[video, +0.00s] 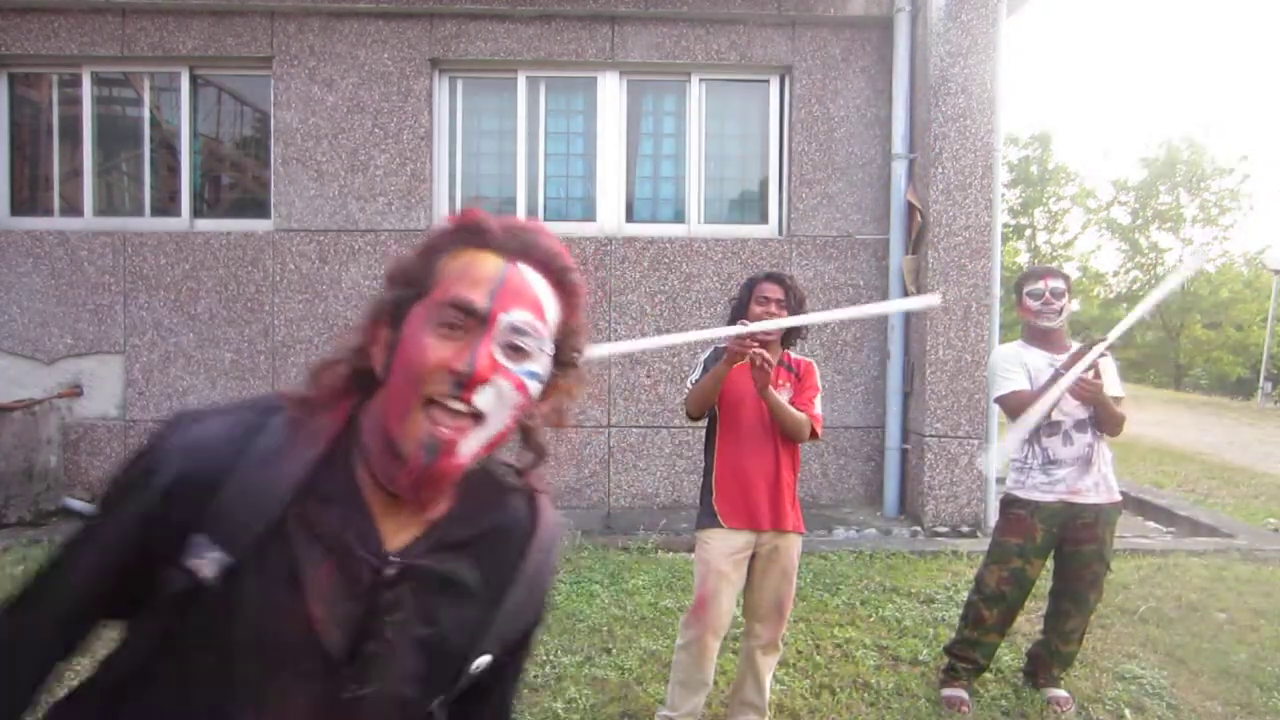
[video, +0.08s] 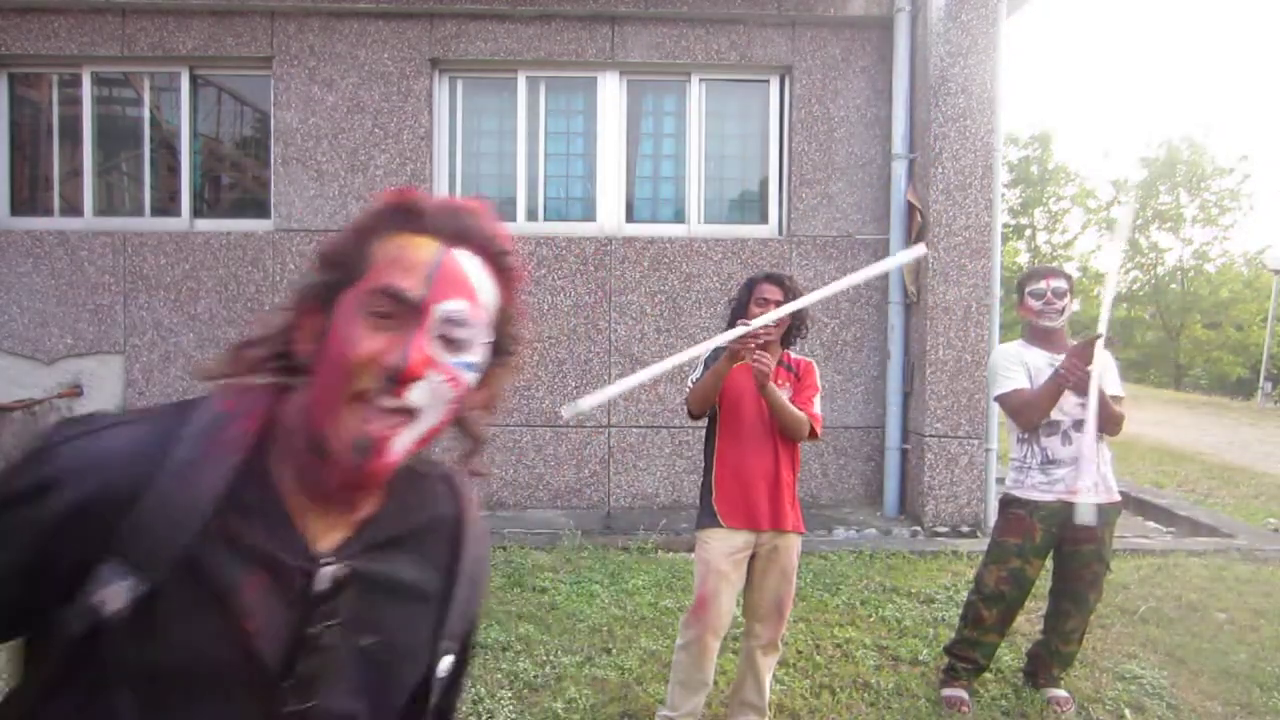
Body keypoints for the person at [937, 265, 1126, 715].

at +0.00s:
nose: (1048, 301)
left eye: (1057, 294)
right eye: (1036, 295)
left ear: (1071, 304)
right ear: (1020, 306)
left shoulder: (1095, 358)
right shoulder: (1009, 356)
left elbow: (1115, 427)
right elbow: (1021, 412)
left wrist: (1099, 400)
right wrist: (1071, 370)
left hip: (1095, 498)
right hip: (1033, 495)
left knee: (1079, 598)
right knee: (999, 587)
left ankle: (1046, 672)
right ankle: (958, 675)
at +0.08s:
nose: (1050, 301)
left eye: (1059, 294)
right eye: (1038, 294)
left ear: (1072, 304)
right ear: (1021, 305)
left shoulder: (1096, 357)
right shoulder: (1009, 356)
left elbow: (1114, 426)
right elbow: (1026, 417)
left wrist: (1091, 389)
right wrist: (1065, 371)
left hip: (1094, 497)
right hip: (1032, 495)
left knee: (1079, 598)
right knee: (998, 587)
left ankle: (1046, 673)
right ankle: (958, 675)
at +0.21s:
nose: (1048, 300)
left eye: (1057, 293)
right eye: (1037, 294)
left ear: (1073, 303)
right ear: (1021, 305)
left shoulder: (1097, 356)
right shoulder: (1009, 356)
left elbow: (1111, 423)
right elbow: (1025, 415)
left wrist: (1090, 373)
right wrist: (1064, 366)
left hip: (1093, 498)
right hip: (1031, 495)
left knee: (1077, 598)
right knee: (996, 586)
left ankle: (1045, 672)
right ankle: (958, 675)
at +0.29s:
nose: (1050, 301)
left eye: (1060, 294)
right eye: (1039, 295)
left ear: (1075, 303)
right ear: (1023, 305)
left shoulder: (1097, 354)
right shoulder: (1009, 355)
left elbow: (1110, 421)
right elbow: (1021, 416)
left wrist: (1096, 370)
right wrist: (1060, 366)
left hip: (1092, 498)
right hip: (1030, 494)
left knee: (1076, 597)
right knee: (995, 586)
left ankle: (1045, 672)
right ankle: (958, 674)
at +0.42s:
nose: (1051, 301)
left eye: (1060, 294)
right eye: (1040, 295)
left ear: (1075, 304)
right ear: (1023, 306)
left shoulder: (1097, 358)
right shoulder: (1009, 356)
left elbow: (1110, 420)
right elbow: (1017, 421)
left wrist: (1103, 368)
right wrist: (1056, 377)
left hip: (1092, 498)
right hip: (1029, 495)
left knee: (1076, 597)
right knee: (995, 586)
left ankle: (1045, 672)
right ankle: (958, 674)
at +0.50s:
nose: (1050, 301)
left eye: (1059, 294)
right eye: (1039, 294)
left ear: (1074, 304)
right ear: (1023, 306)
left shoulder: (1097, 359)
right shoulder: (1008, 356)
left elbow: (1110, 419)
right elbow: (1015, 418)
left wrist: (1106, 365)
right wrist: (1053, 374)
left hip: (1091, 499)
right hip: (1029, 496)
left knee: (1076, 597)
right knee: (995, 586)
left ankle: (1044, 672)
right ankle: (958, 674)